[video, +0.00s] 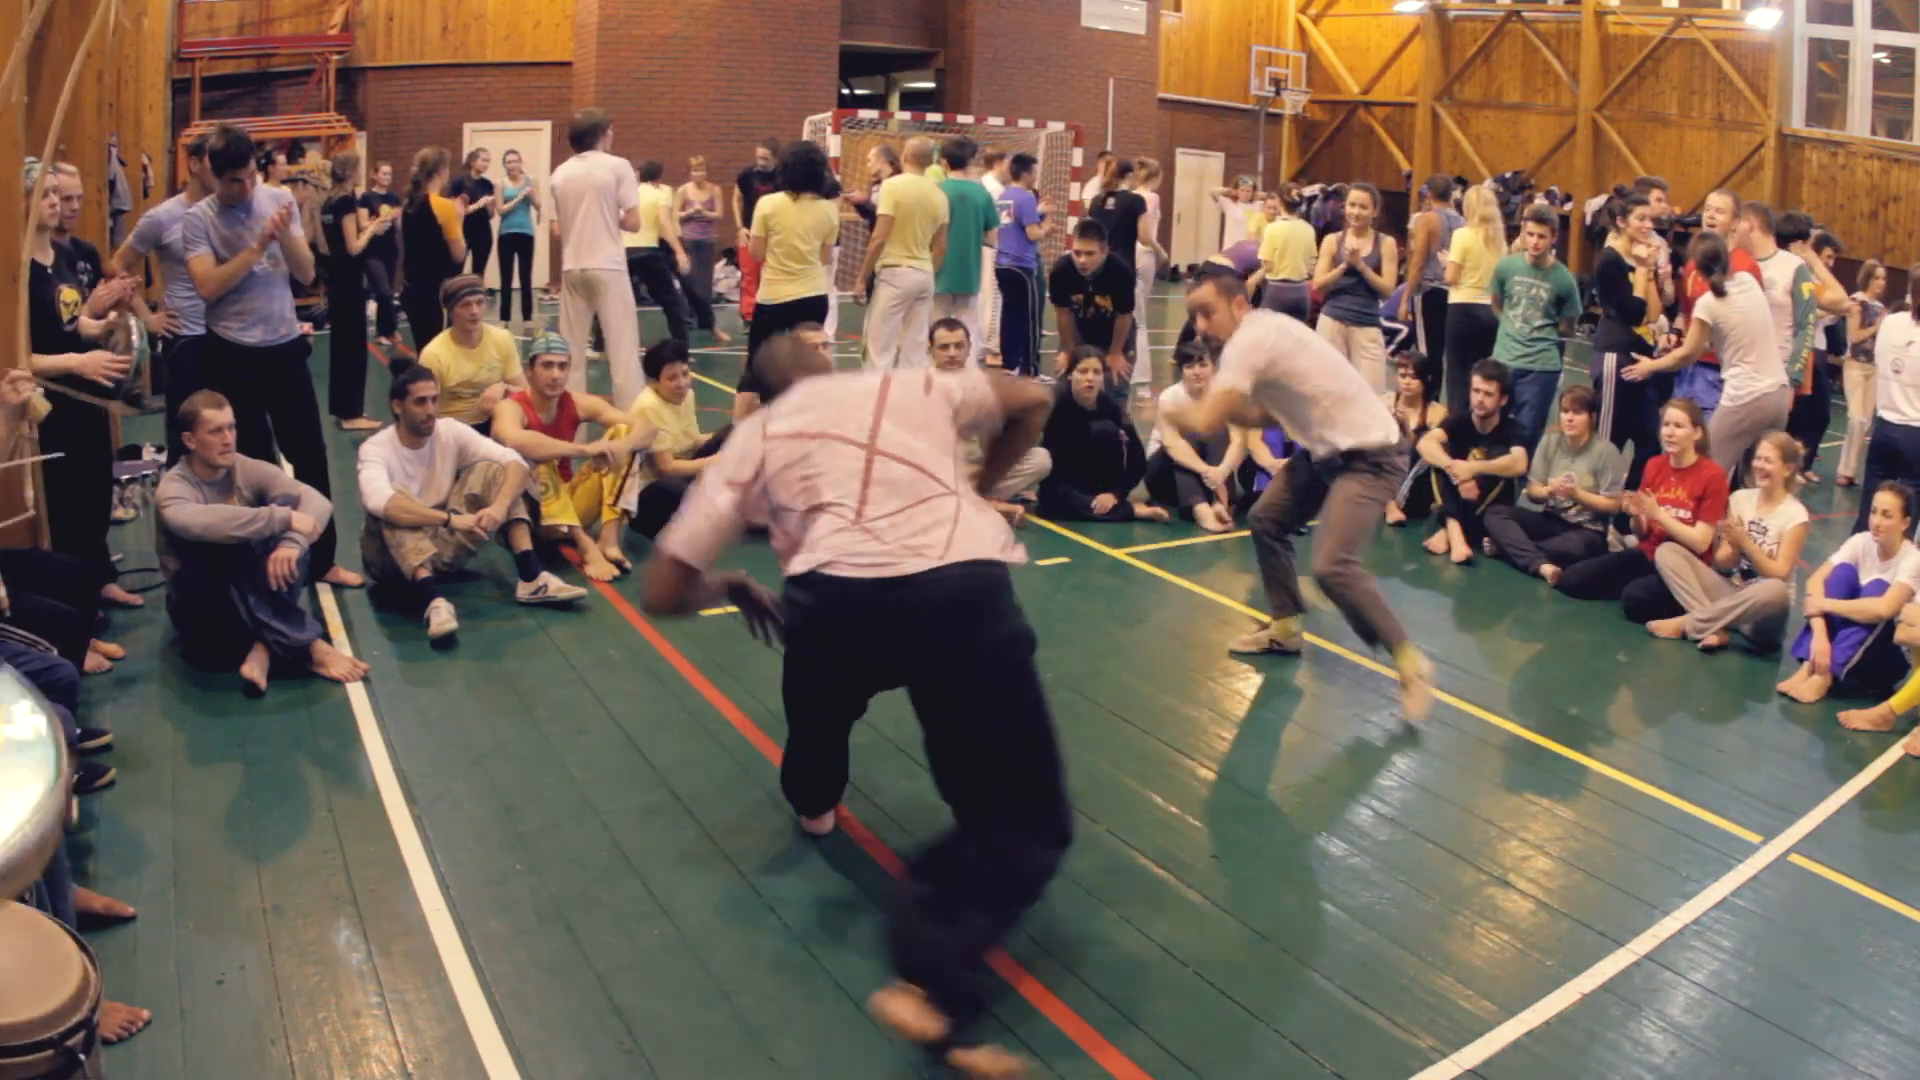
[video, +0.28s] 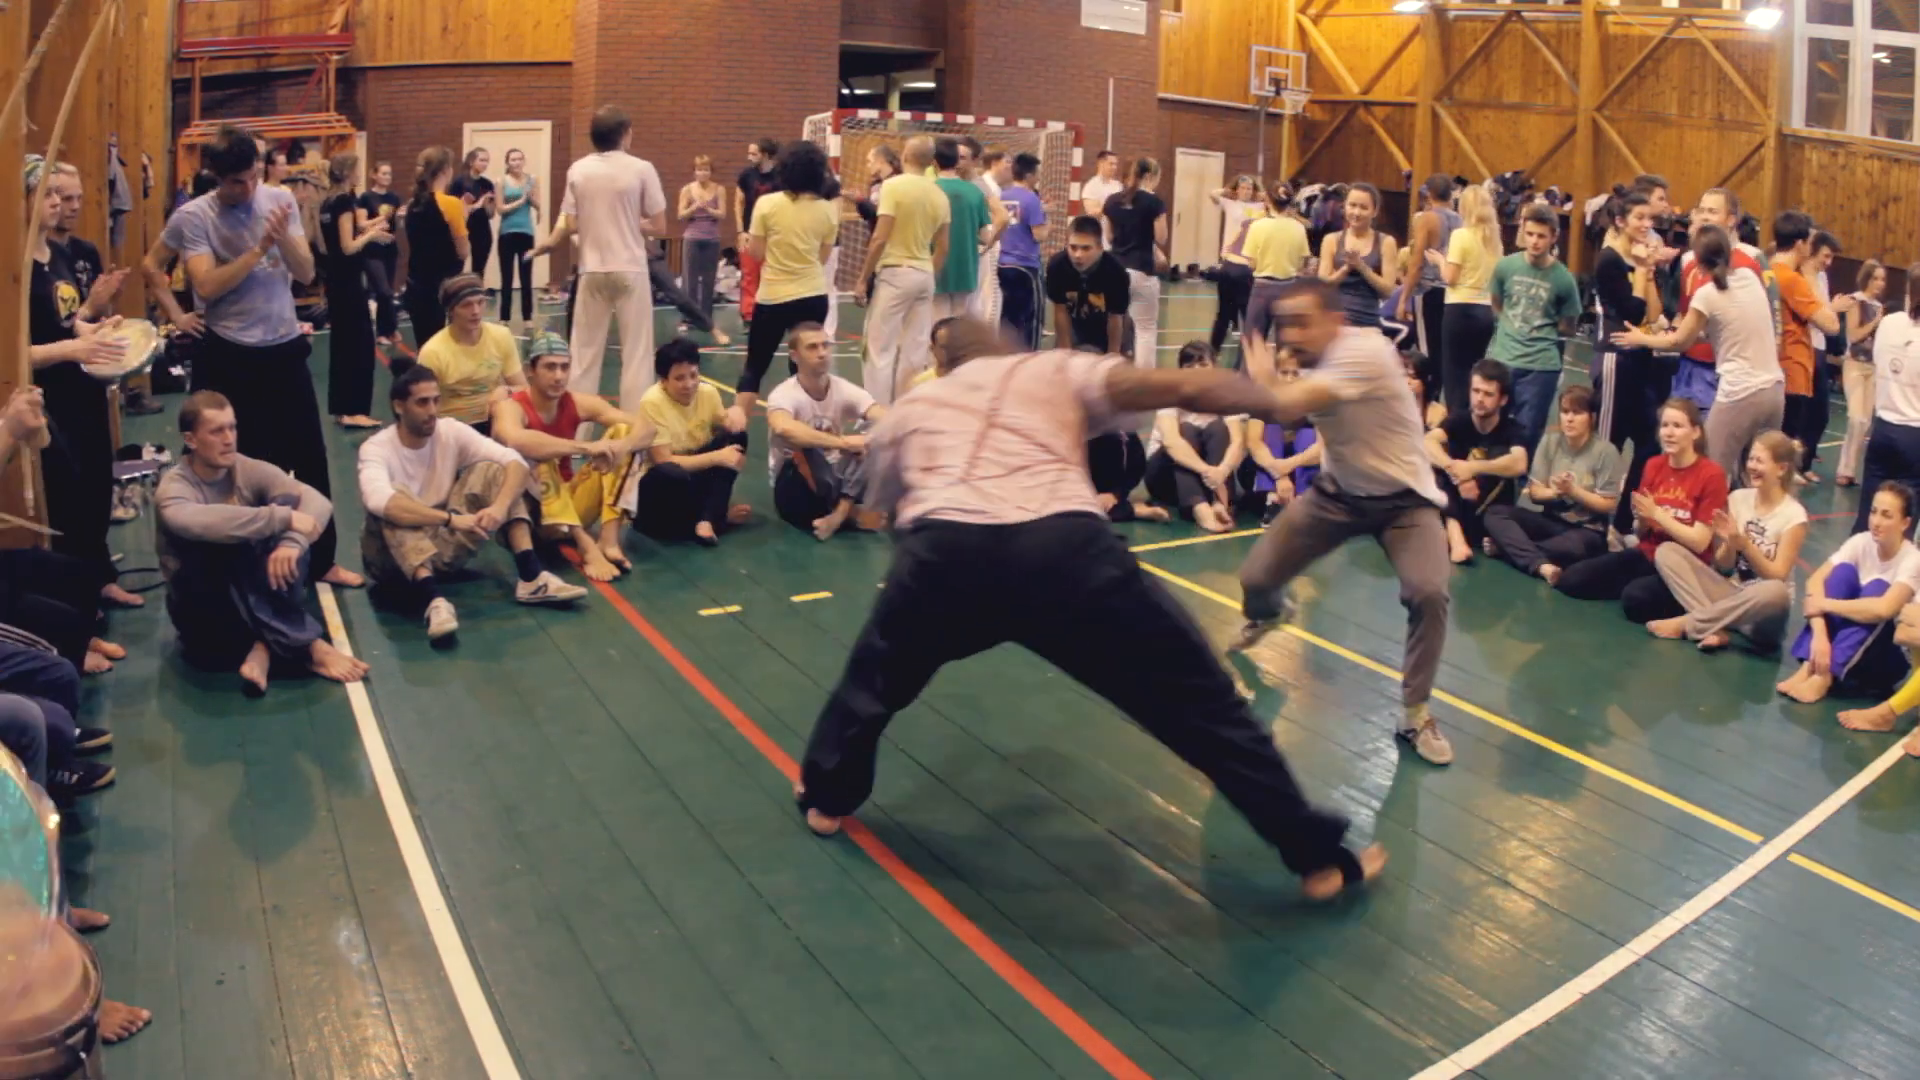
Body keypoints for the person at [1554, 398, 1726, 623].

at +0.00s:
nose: (1669, 432)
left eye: (1678, 426)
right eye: (1666, 425)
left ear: (1697, 433)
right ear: (1659, 428)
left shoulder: (1713, 475)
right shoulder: (1654, 465)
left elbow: (1701, 542)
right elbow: (1641, 532)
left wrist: (1658, 513)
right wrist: (1636, 514)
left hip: (1684, 565)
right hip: (1647, 555)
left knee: (1635, 601)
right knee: (1570, 581)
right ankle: (1635, 582)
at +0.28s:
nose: (1668, 432)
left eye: (1677, 426)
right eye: (1664, 425)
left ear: (1696, 432)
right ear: (1658, 430)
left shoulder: (1712, 474)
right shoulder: (1653, 465)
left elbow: (1700, 542)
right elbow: (1640, 531)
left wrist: (1656, 515)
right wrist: (1642, 518)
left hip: (1684, 566)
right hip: (1647, 555)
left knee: (1635, 600)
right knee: (1570, 581)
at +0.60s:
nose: (1670, 433)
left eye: (1679, 426)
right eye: (1665, 426)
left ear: (1696, 432)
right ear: (1658, 430)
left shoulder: (1711, 475)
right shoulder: (1653, 465)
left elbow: (1699, 543)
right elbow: (1639, 530)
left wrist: (1654, 514)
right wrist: (1644, 517)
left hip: (1684, 566)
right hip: (1647, 555)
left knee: (1635, 600)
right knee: (1571, 581)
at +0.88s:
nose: (1670, 434)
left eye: (1679, 427)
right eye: (1665, 426)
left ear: (1696, 433)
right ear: (1659, 430)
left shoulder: (1712, 477)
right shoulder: (1653, 465)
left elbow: (1698, 544)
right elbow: (1640, 530)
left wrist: (1654, 516)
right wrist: (1642, 520)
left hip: (1682, 566)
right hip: (1646, 555)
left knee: (1635, 601)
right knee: (1570, 582)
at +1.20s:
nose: (1666, 433)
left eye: (1675, 426)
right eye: (1662, 426)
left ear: (1694, 433)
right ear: (1656, 430)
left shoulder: (1711, 475)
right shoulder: (1652, 465)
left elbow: (1700, 542)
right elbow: (1641, 529)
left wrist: (1662, 515)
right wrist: (1627, 511)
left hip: (1683, 566)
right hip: (1646, 555)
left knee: (1635, 600)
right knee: (1570, 582)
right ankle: (1636, 581)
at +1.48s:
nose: (1665, 433)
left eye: (1674, 426)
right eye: (1660, 426)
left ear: (1693, 432)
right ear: (1654, 430)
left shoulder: (1709, 474)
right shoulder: (1651, 466)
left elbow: (1699, 543)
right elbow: (1642, 532)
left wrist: (1658, 517)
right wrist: (1633, 514)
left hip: (1683, 565)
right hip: (1647, 555)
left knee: (1635, 600)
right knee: (1570, 581)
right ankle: (1636, 582)